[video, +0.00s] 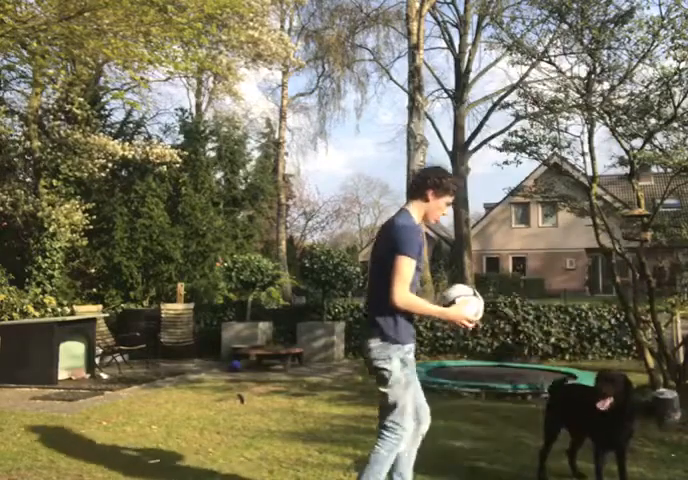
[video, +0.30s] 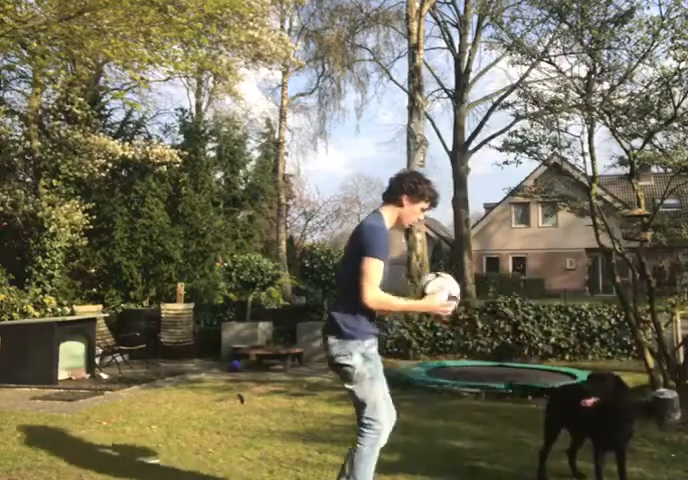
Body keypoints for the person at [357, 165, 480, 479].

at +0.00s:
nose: (445, 212)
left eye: (449, 205)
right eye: (446, 203)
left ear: (427, 194)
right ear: (429, 193)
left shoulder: (399, 227)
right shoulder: (407, 230)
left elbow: (400, 294)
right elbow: (399, 296)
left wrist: (444, 309)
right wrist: (449, 314)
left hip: (394, 342)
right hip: (389, 344)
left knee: (420, 418)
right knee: (398, 426)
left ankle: (400, 476)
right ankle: (370, 477)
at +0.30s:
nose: (419, 218)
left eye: (423, 212)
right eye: (421, 210)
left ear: (403, 199)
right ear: (406, 198)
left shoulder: (376, 227)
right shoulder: (374, 231)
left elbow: (372, 292)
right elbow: (370, 296)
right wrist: (425, 305)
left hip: (359, 338)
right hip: (350, 339)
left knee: (386, 416)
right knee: (376, 421)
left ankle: (350, 473)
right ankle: (356, 476)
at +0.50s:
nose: (409, 222)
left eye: (412, 216)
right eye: (409, 213)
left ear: (389, 205)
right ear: (391, 204)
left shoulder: (364, 235)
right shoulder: (361, 236)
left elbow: (352, 301)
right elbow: (348, 301)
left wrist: (398, 328)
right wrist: (399, 329)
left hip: (333, 339)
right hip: (332, 341)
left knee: (346, 426)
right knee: (371, 424)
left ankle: (333, 476)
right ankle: (351, 475)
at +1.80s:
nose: (432, 262)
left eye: (436, 256)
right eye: (435, 255)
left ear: (417, 241)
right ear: (422, 244)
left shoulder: (378, 259)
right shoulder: (390, 265)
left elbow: (352, 330)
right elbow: (361, 326)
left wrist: (387, 359)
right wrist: (402, 354)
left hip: (297, 335)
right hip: (312, 340)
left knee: (329, 425)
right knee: (348, 429)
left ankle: (323, 476)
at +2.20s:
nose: (435, 253)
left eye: (437, 246)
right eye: (435, 245)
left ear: (414, 239)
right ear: (418, 240)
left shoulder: (378, 264)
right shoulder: (403, 274)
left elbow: (376, 336)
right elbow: (395, 343)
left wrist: (413, 353)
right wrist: (442, 372)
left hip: (316, 346)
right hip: (330, 351)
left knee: (355, 428)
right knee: (373, 431)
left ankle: (349, 476)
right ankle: (353, 476)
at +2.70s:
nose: (456, 251)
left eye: (460, 244)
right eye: (457, 242)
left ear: (440, 233)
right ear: (441, 232)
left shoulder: (407, 259)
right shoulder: (406, 260)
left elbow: (365, 312)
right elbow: (365, 313)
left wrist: (387, 353)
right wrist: (399, 352)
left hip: (339, 338)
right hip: (334, 339)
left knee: (366, 425)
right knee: (371, 427)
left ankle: (353, 474)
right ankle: (353, 475)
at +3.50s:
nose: (421, 225)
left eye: (424, 219)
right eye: (418, 216)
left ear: (404, 213)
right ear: (398, 208)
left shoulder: (401, 246)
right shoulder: (364, 239)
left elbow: (380, 294)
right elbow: (338, 294)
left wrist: (407, 316)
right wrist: (386, 318)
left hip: (361, 337)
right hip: (335, 335)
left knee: (373, 422)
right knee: (356, 421)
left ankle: (362, 476)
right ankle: (345, 477)